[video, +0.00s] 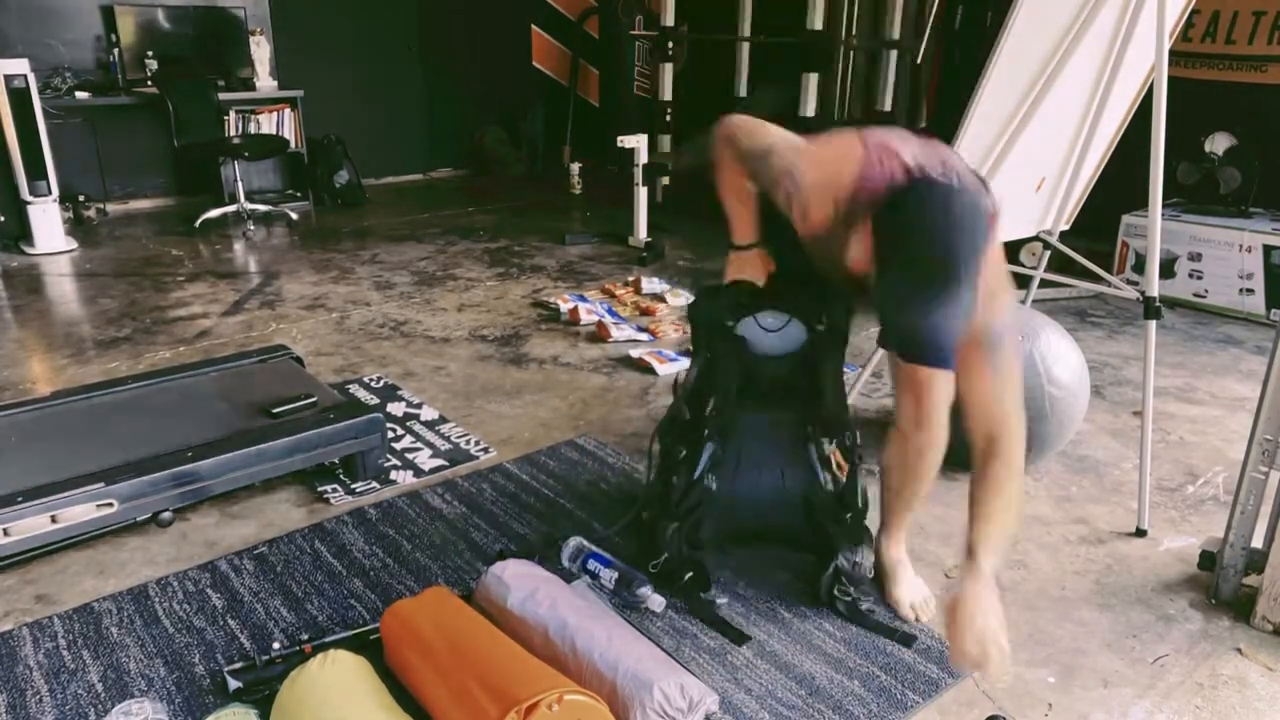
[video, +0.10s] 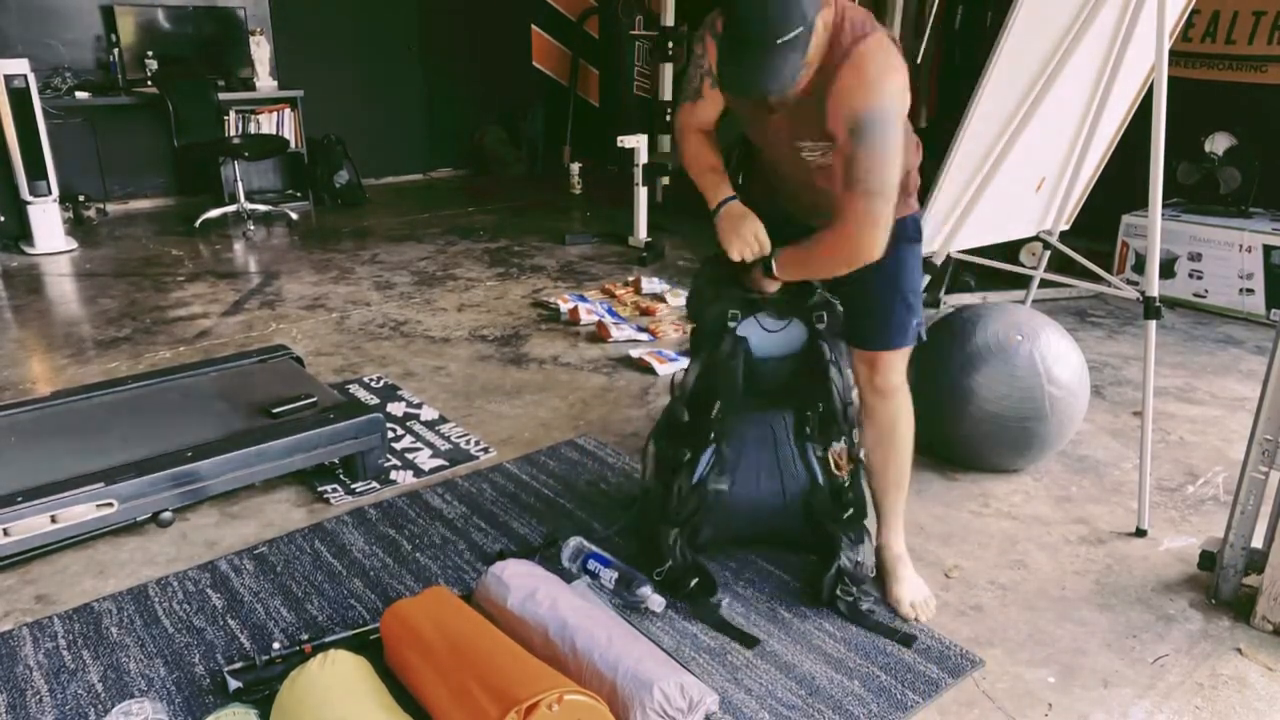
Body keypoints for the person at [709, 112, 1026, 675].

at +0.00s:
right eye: (894, 279)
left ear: (961, 265)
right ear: (873, 235)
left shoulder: (982, 274)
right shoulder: (811, 189)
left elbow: (1002, 435)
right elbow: (730, 134)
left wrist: (980, 572)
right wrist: (745, 246)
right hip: (817, 256)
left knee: (923, 406)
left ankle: (893, 544)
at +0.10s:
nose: (771, 88)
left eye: (784, 74)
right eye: (755, 77)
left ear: (821, 24)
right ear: (730, 28)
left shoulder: (871, 69)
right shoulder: (724, 36)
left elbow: (863, 238)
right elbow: (691, 127)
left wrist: (771, 267)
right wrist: (725, 205)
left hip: (870, 217)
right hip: (768, 207)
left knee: (883, 374)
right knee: (733, 351)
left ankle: (892, 545)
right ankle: (712, 503)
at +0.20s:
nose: (851, 190)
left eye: (875, 173)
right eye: (835, 170)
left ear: (934, 103)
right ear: (810, 99)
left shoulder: (987, 114)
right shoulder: (757, 134)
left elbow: (1046, 190)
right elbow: (683, 293)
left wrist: (988, 297)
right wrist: (792, 397)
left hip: (906, 262)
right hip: (785, 277)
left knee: (960, 439)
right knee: (768, 467)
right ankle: (761, 664)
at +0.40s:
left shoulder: (1039, 8)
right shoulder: (796, 12)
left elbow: (1045, 148)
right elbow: (769, 213)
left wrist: (1028, 298)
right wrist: (853, 358)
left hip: (946, 276)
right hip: (826, 282)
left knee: (935, 470)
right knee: (816, 481)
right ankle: (802, 658)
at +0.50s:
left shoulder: (977, 20)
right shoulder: (746, 18)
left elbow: (1014, 190)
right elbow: (712, 202)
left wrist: (980, 343)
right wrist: (832, 314)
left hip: (889, 262)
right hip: (767, 257)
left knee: (902, 454)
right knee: (762, 463)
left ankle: (887, 646)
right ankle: (754, 651)